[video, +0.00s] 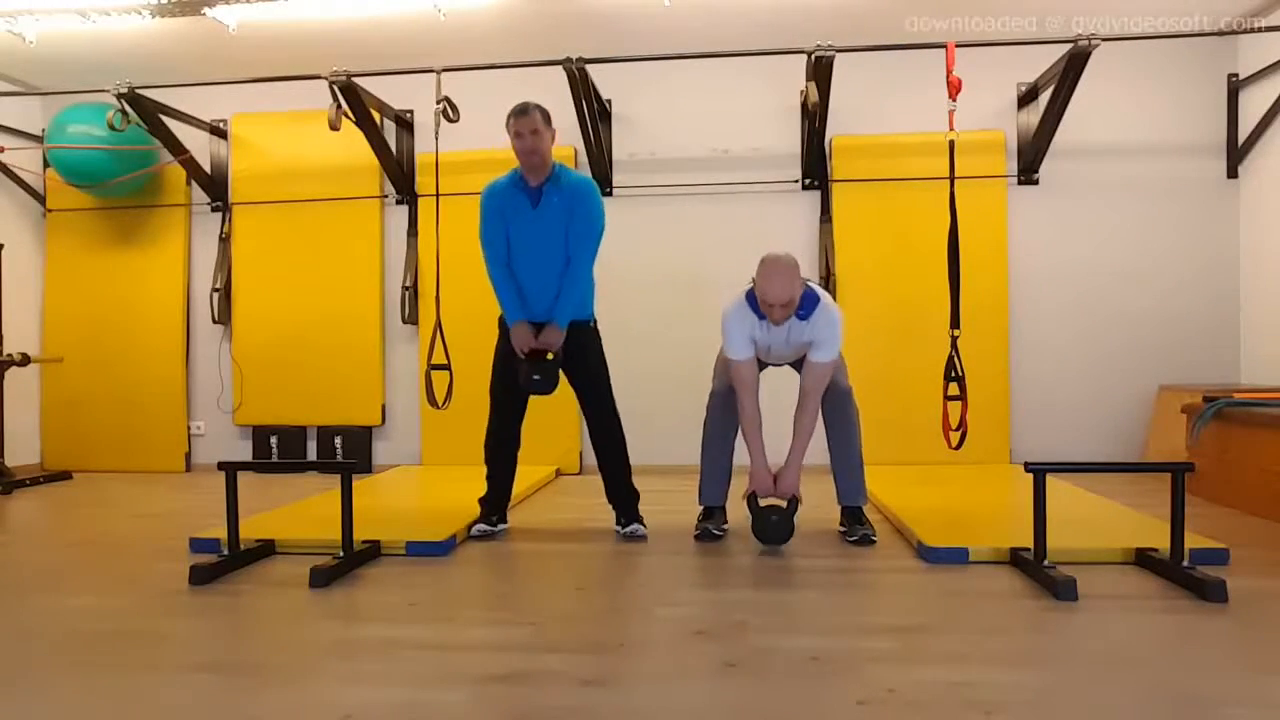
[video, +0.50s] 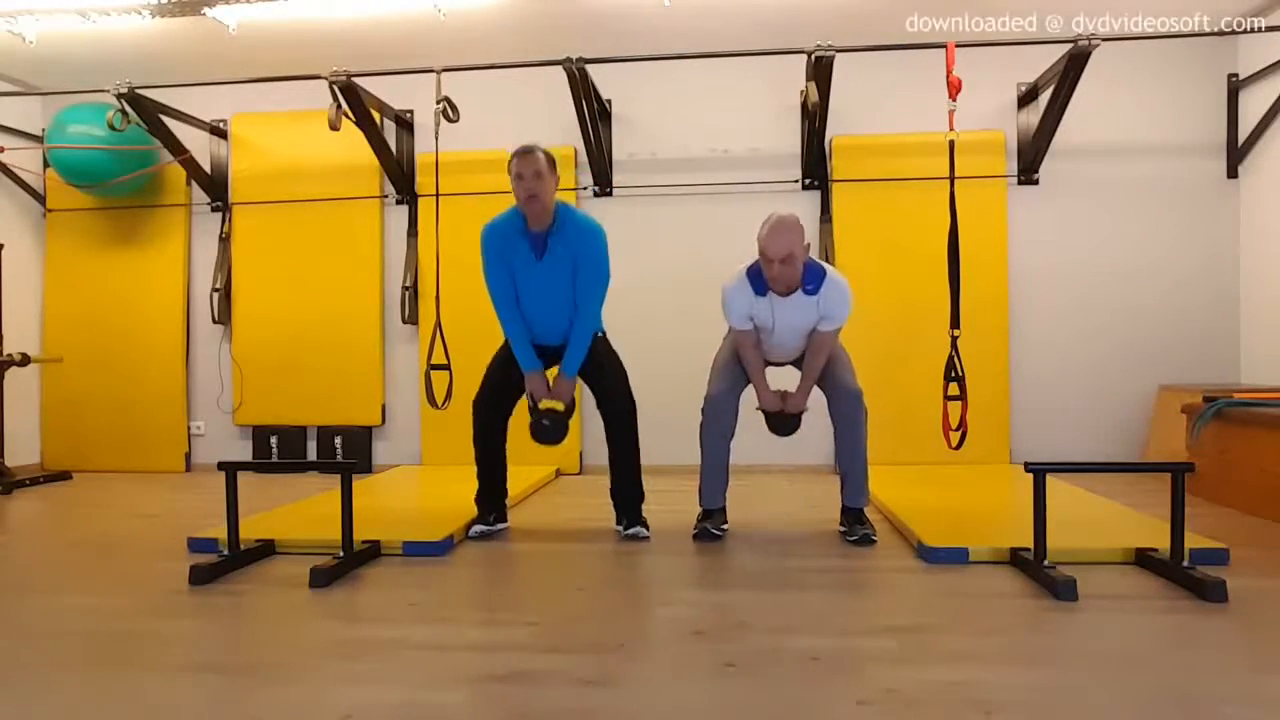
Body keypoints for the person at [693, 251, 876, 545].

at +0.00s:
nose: (776, 314)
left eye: (786, 305)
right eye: (767, 305)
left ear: (801, 290)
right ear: (754, 289)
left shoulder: (826, 316)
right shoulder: (737, 315)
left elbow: (810, 401)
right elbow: (747, 398)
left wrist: (793, 468)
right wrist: (758, 466)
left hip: (807, 351)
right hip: (751, 352)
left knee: (841, 402)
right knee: (721, 404)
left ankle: (852, 510)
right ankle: (713, 509)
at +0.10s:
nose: (778, 312)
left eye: (789, 303)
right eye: (769, 302)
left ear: (803, 288)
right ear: (756, 286)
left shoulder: (829, 314)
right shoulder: (737, 312)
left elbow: (814, 393)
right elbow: (746, 392)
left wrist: (794, 457)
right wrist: (759, 456)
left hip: (807, 352)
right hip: (751, 352)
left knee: (844, 405)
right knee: (720, 406)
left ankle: (853, 511)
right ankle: (713, 509)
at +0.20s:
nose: (781, 298)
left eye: (791, 289)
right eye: (771, 288)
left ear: (806, 275)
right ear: (759, 276)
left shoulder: (831, 307)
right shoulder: (738, 306)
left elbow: (817, 381)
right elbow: (747, 380)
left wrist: (797, 441)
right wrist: (762, 439)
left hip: (807, 351)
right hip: (750, 350)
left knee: (844, 403)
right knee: (720, 405)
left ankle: (853, 511)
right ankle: (713, 510)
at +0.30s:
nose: (779, 286)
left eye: (789, 277)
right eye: (770, 277)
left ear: (805, 267)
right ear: (760, 269)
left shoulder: (832, 299)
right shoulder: (738, 300)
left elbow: (819, 369)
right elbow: (748, 368)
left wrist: (798, 423)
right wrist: (764, 422)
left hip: (807, 349)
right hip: (750, 348)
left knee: (845, 399)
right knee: (719, 404)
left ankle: (854, 511)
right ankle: (712, 510)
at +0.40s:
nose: (776, 278)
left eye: (787, 268)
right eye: (768, 268)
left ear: (805, 258)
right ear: (759, 260)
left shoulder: (833, 293)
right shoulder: (738, 294)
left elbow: (819, 357)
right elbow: (749, 357)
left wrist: (799, 406)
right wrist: (766, 404)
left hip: (809, 347)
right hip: (751, 346)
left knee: (848, 400)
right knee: (717, 401)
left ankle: (854, 511)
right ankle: (712, 510)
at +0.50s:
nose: (775, 271)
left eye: (786, 261)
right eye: (768, 261)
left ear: (805, 251)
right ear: (758, 253)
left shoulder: (834, 289)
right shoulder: (738, 290)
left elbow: (820, 349)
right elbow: (748, 349)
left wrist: (800, 397)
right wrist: (766, 397)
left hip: (810, 346)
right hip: (752, 345)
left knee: (850, 398)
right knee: (717, 400)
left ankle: (854, 511)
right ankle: (712, 510)